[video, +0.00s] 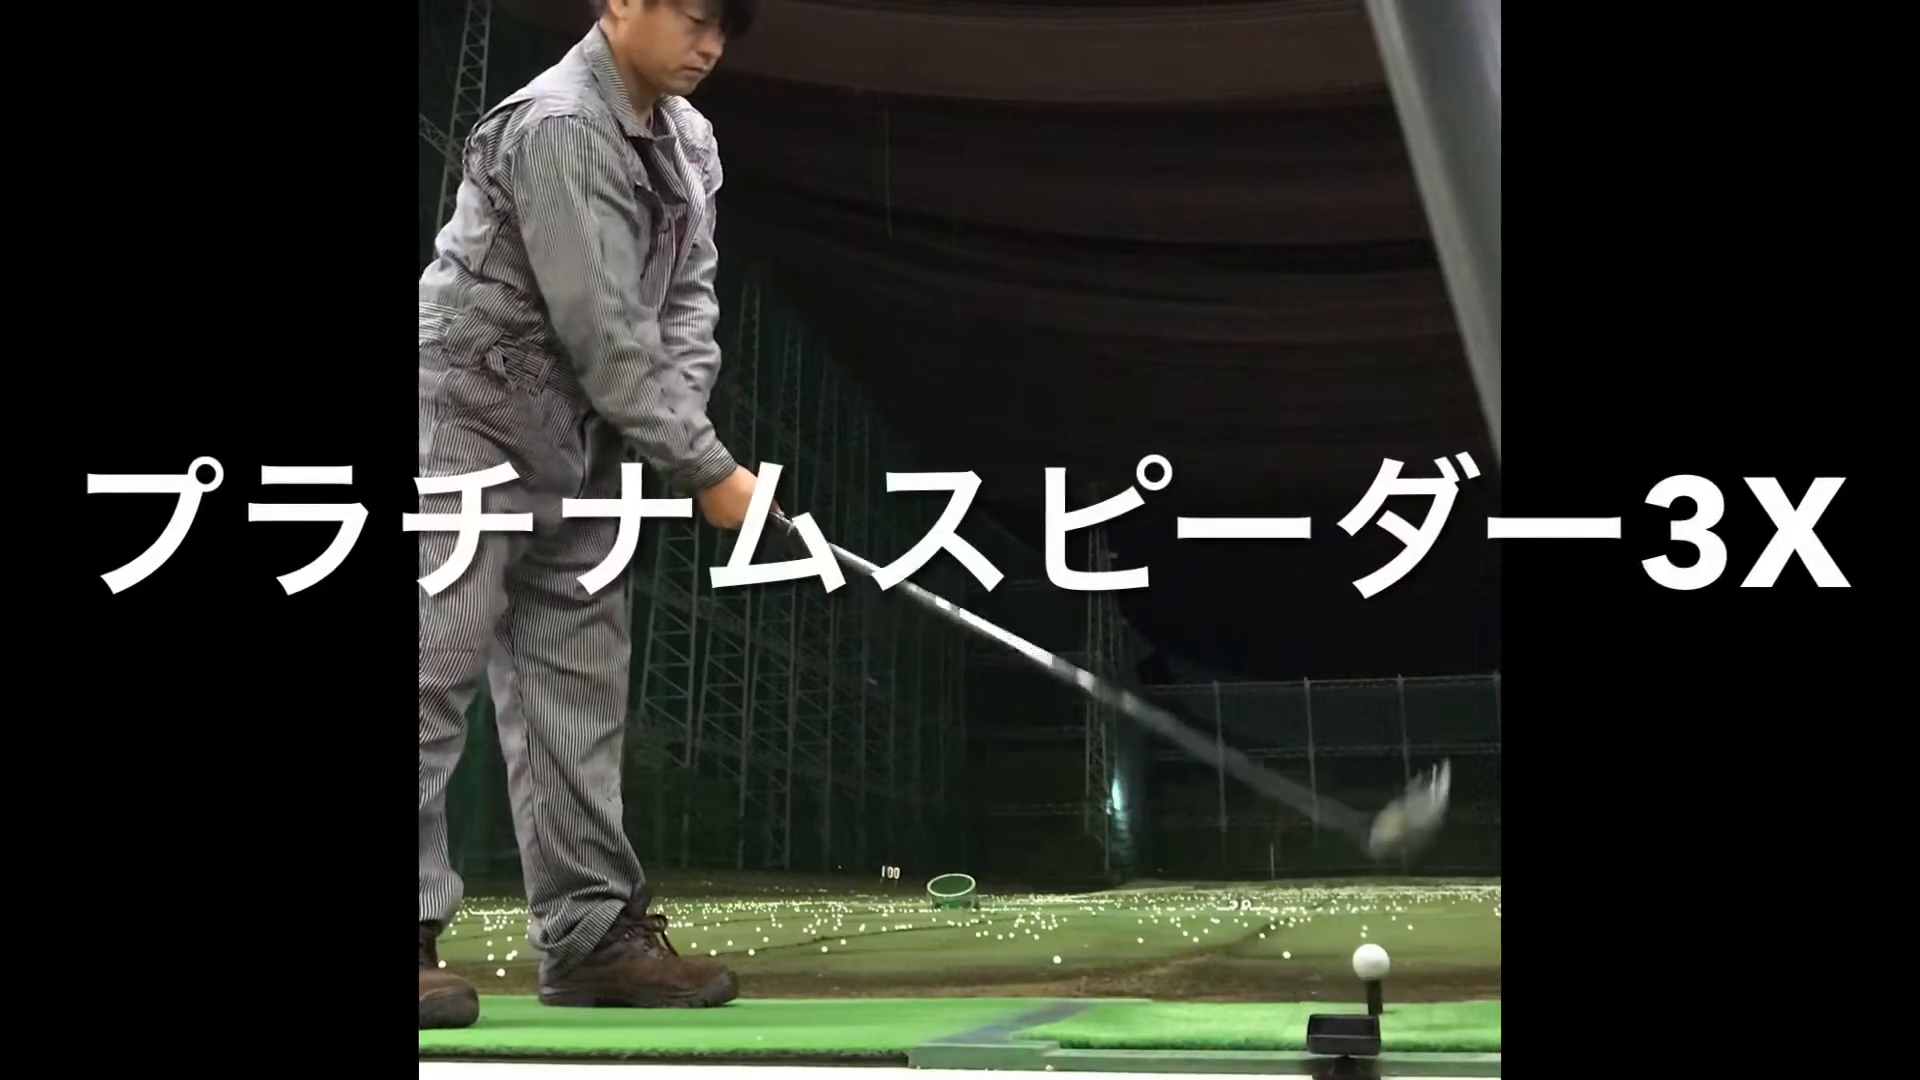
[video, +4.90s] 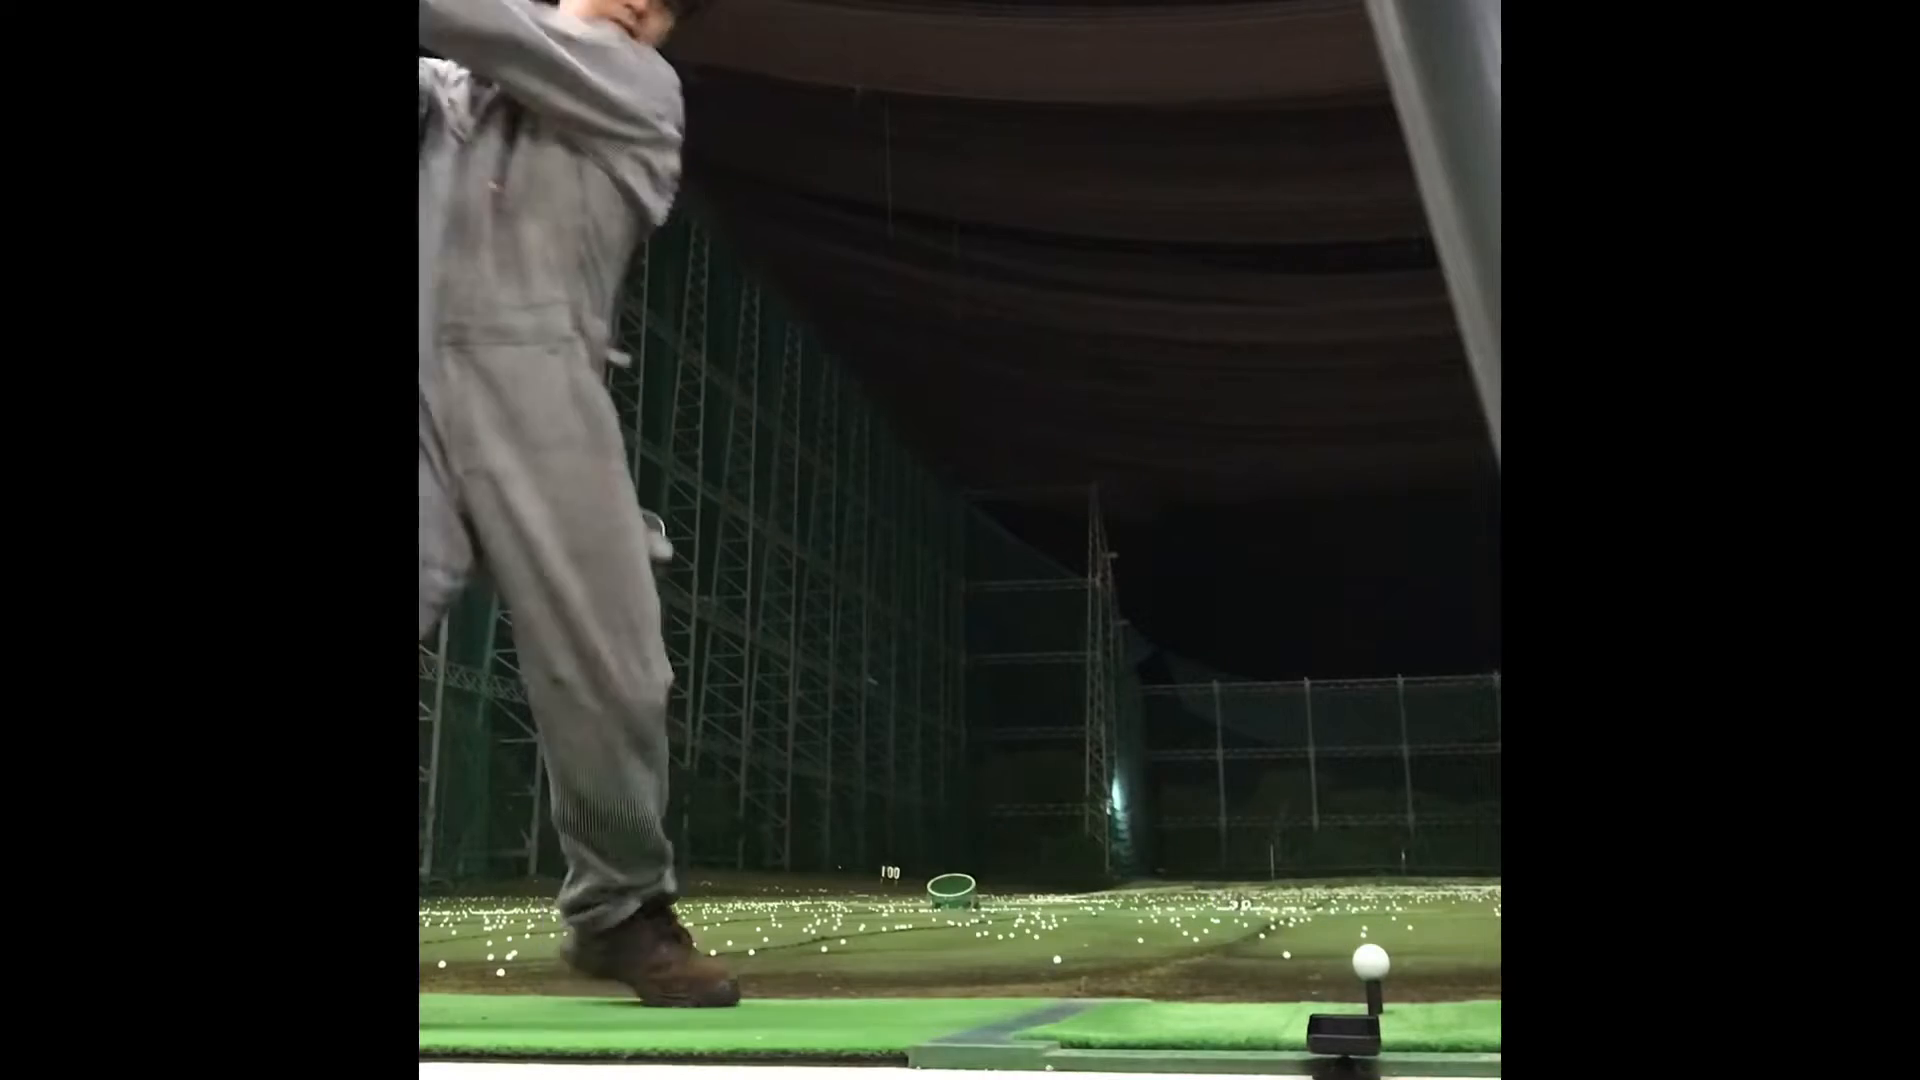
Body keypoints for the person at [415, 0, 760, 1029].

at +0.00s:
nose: (708, 45)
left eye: (721, 26)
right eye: (687, 19)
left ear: (727, 32)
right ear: (617, 9)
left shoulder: (692, 136)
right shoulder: (561, 124)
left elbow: (692, 302)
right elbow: (601, 331)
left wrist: (673, 424)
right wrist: (710, 469)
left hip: (576, 435)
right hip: (463, 416)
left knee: (574, 679)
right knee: (437, 670)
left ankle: (591, 940)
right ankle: (417, 945)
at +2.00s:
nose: (710, 18)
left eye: (709, 5)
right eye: (704, 4)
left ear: (656, 12)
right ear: (663, 8)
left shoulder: (672, 125)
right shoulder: (546, 111)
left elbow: (695, 285)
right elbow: (617, 298)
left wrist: (723, 418)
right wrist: (743, 427)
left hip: (579, 455)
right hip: (471, 443)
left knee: (594, 679)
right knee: (426, 686)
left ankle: (597, 936)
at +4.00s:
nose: (669, 26)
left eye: (679, 11)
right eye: (650, 4)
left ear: (681, 25)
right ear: (581, 4)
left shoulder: (657, 130)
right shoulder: (539, 110)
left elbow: (690, 270)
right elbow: (620, 286)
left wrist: (720, 407)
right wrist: (726, 426)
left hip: (585, 438)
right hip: (474, 426)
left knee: (595, 671)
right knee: (428, 670)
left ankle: (597, 935)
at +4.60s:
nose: (653, 30)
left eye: (670, 20)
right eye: (638, 5)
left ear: (673, 42)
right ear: (574, 2)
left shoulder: (682, 132)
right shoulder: (469, 105)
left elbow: (680, 240)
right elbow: (512, 236)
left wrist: (645, 335)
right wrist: (590, 342)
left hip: (604, 428)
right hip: (460, 421)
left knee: (629, 677)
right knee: (420, 656)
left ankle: (600, 935)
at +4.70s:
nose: (653, 33)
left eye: (672, 26)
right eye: (639, 7)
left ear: (676, 48)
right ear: (577, 2)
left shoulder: (685, 130)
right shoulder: (454, 95)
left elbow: (620, 194)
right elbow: (440, 178)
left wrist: (492, 228)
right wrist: (446, 225)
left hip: (591, 430)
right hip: (441, 413)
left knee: (634, 683)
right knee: (416, 640)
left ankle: (601, 936)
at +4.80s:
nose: (651, 30)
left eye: (672, 24)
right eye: (636, 5)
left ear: (678, 47)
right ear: (578, 4)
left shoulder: (677, 120)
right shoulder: (472, 84)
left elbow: (556, 108)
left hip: (572, 405)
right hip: (435, 386)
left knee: (624, 673)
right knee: (420, 620)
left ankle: (607, 930)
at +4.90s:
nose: (634, 24)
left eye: (647, 21)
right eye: (628, 7)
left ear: (656, 33)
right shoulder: (448, 77)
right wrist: (533, 31)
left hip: (533, 377)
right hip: (427, 378)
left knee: (610, 658)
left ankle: (622, 913)